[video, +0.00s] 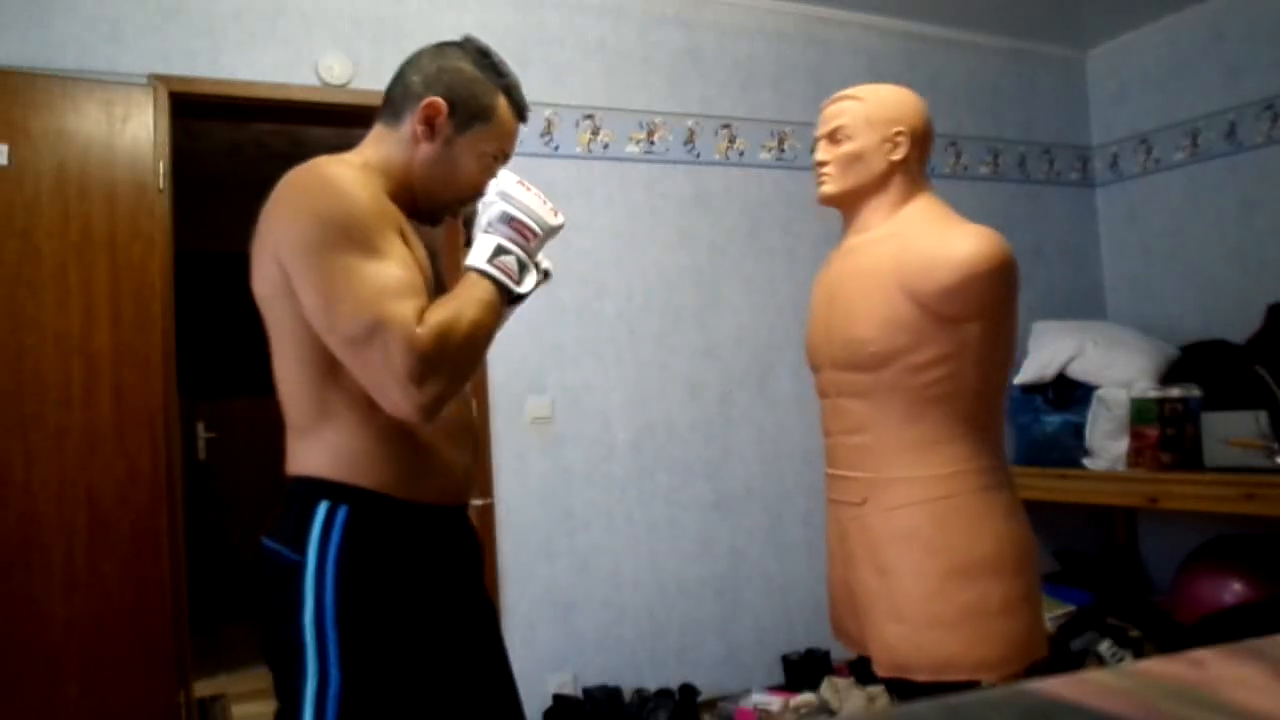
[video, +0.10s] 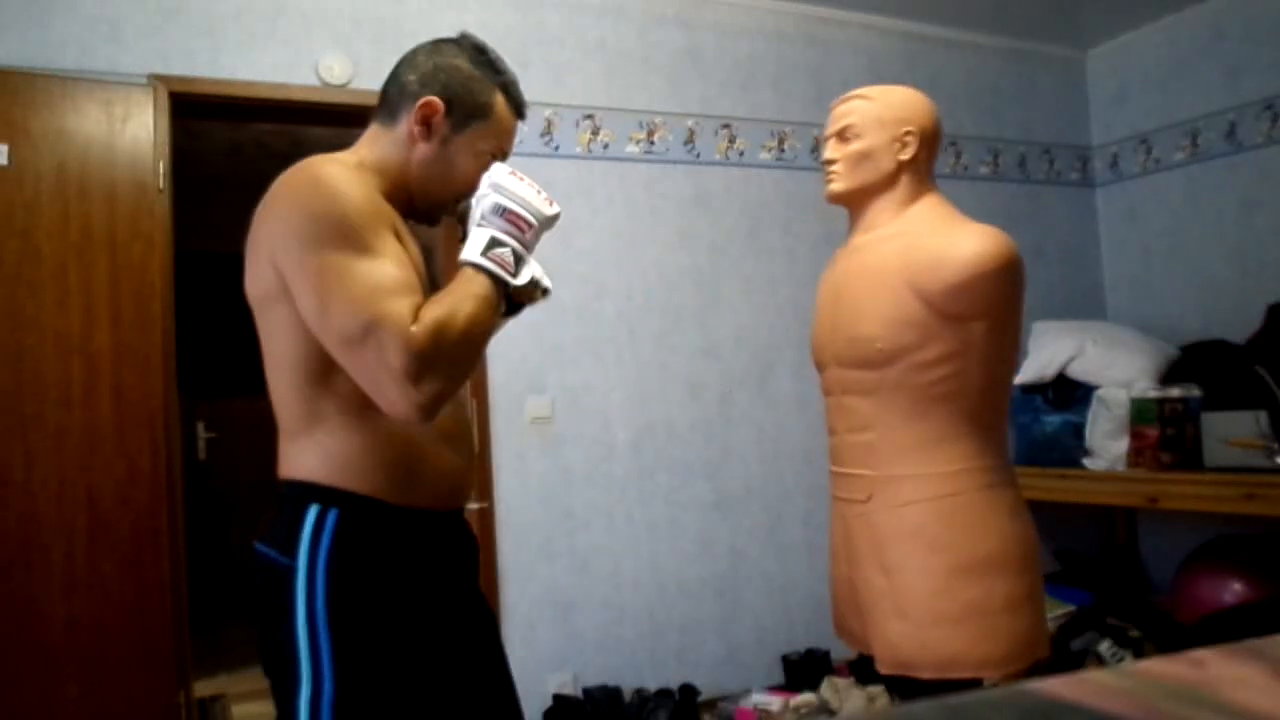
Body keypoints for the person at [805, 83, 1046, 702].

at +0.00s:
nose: (817, 154)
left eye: (836, 138)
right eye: (817, 141)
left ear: (896, 147)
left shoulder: (960, 258)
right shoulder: (841, 262)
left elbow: (974, 424)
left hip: (943, 544)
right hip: (863, 542)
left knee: (969, 709)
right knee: (891, 703)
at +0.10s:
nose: (826, 152)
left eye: (844, 137)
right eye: (826, 140)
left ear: (904, 147)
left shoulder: (968, 258)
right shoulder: (843, 264)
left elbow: (979, 423)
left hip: (948, 544)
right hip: (866, 542)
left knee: (972, 708)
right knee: (892, 701)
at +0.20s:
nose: (804, 157)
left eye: (823, 140)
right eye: (805, 143)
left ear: (883, 148)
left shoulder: (948, 259)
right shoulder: (832, 263)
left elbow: (966, 429)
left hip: (936, 543)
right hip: (856, 543)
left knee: (963, 709)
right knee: (885, 703)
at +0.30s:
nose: (810, 157)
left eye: (828, 139)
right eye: (810, 142)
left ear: (888, 148)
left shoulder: (954, 259)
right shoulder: (833, 264)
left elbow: (969, 427)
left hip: (939, 541)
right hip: (857, 541)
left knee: (965, 710)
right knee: (884, 703)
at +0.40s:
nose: (821, 155)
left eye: (839, 139)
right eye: (820, 142)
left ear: (899, 147)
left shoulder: (964, 257)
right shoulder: (841, 264)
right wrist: (685, 335)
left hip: (946, 538)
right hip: (864, 535)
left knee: (967, 704)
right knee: (889, 698)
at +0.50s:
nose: (878, 133)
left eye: (900, 120)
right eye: (879, 122)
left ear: (959, 141)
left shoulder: (1007, 254)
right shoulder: (869, 256)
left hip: (966, 538)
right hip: (882, 531)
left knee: (985, 717)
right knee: (908, 711)